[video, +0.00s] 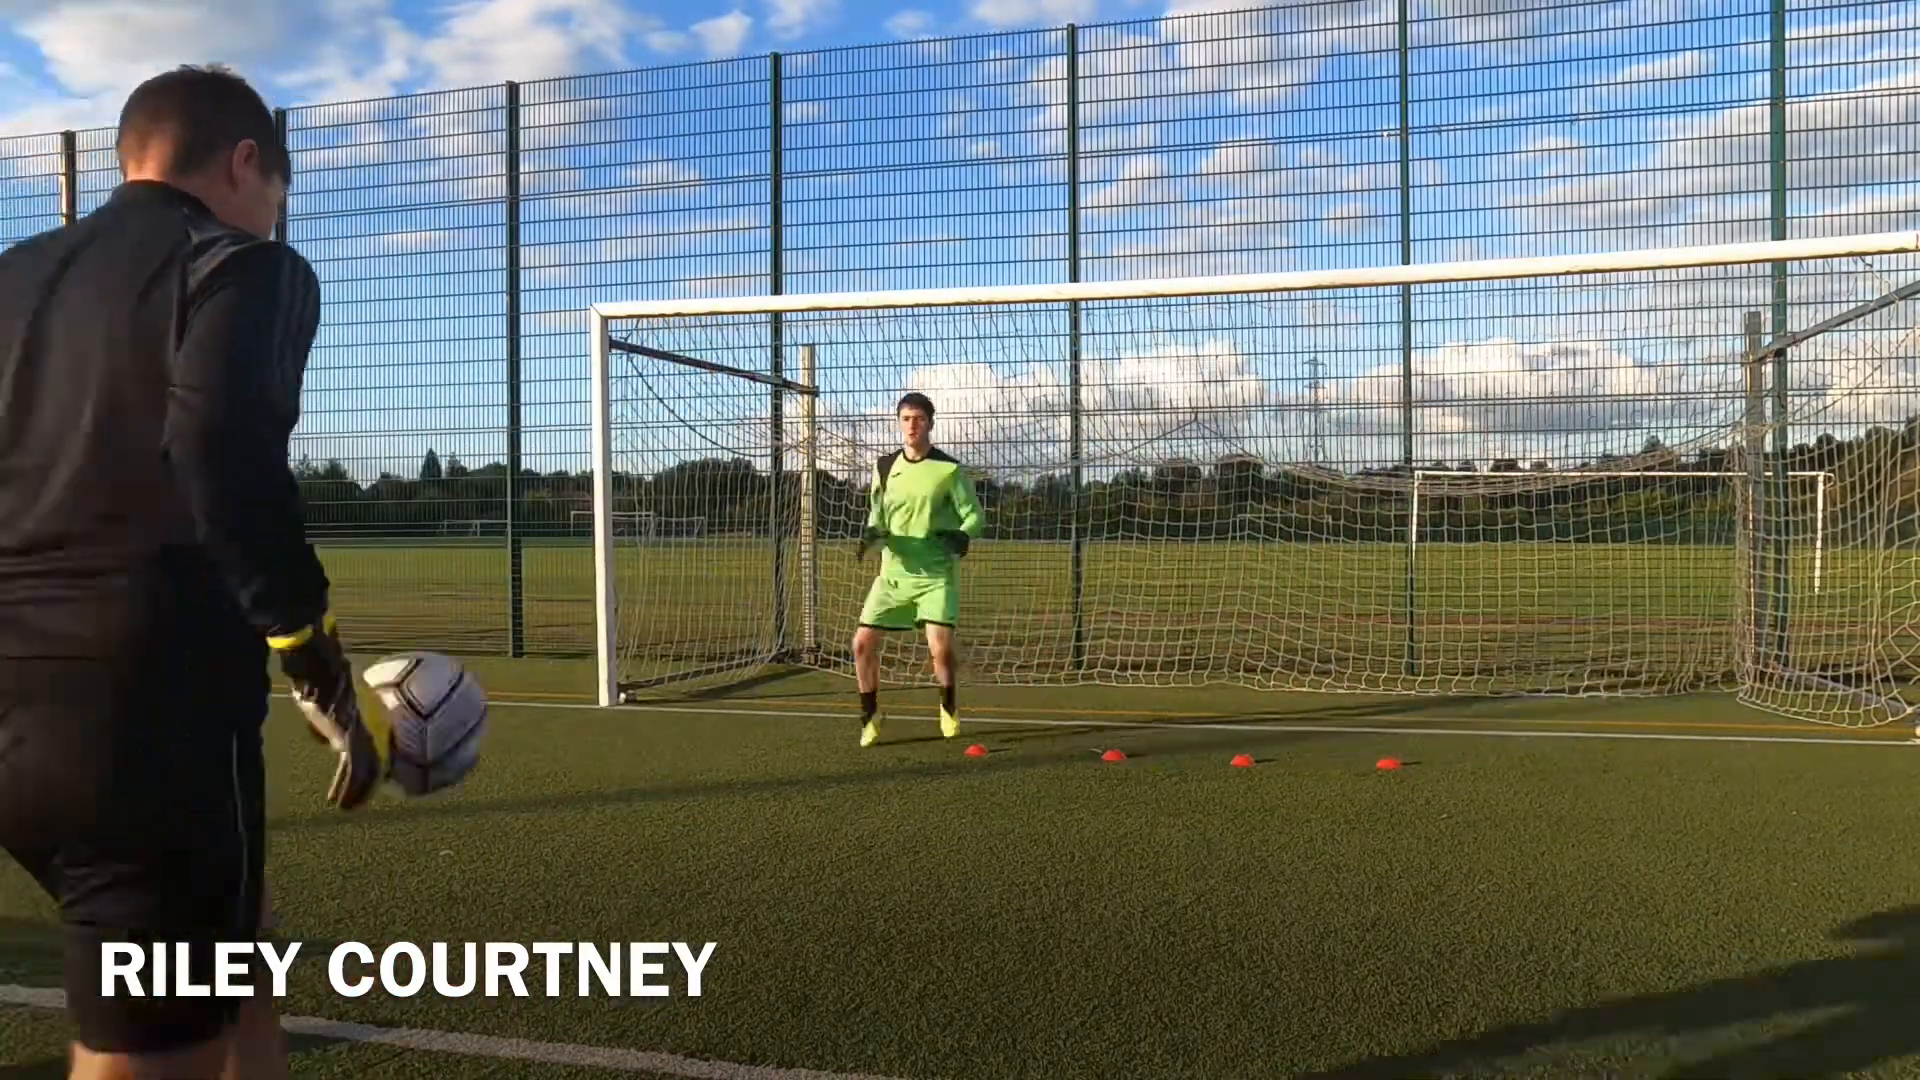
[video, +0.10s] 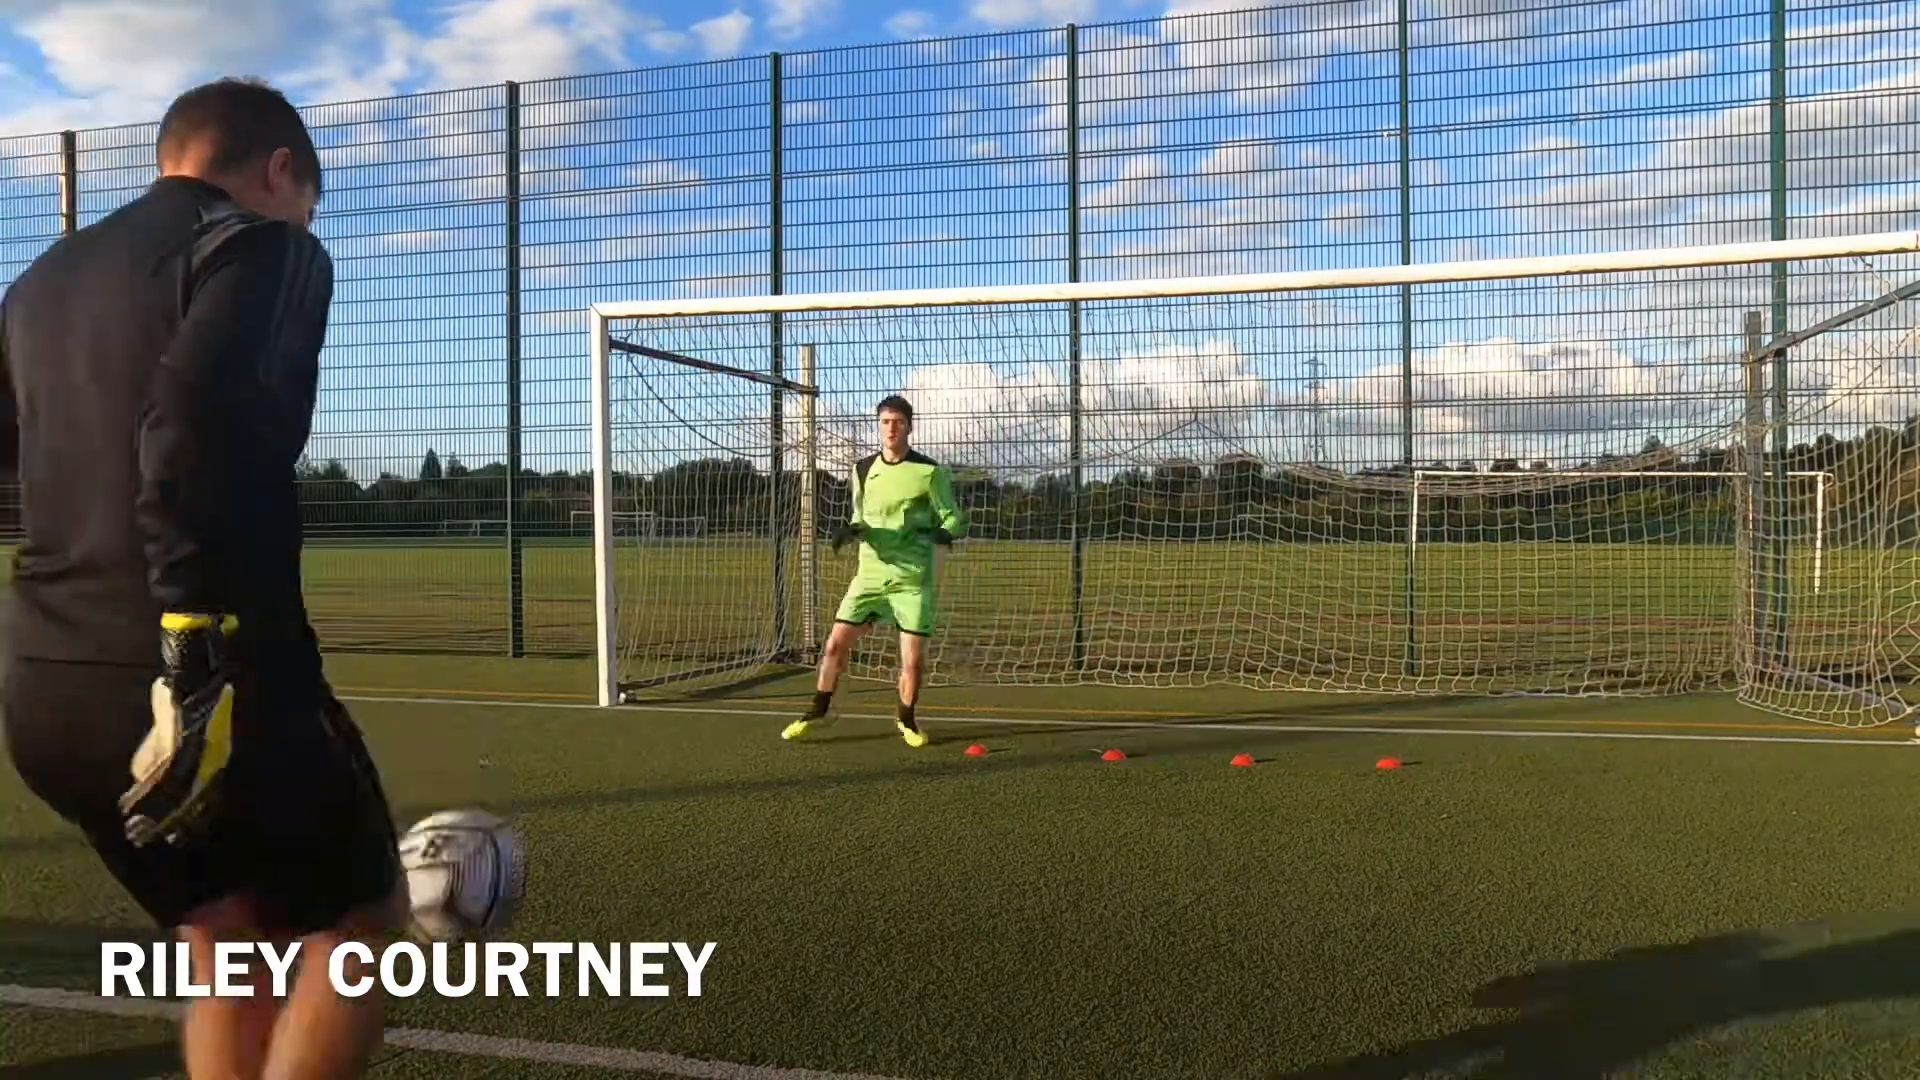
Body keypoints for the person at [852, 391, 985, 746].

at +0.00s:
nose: (912, 426)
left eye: (918, 419)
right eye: (906, 419)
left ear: (930, 423)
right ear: (898, 424)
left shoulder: (950, 470)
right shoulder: (885, 467)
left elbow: (974, 514)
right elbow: (876, 512)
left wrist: (963, 535)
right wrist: (871, 534)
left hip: (936, 575)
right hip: (893, 574)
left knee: (941, 648)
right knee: (863, 642)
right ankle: (870, 717)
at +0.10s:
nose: (892, 429)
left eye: (898, 422)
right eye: (886, 422)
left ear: (910, 427)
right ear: (878, 427)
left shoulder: (931, 472)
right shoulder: (862, 470)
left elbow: (955, 520)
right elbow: (860, 517)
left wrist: (937, 535)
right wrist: (848, 531)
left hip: (913, 579)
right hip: (869, 575)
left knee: (913, 659)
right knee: (835, 643)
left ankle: (906, 718)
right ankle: (819, 711)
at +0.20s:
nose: (873, 441)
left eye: (879, 435)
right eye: (867, 434)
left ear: (890, 439)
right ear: (859, 440)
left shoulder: (909, 486)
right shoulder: (843, 481)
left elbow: (922, 540)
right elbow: (835, 529)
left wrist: (921, 539)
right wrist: (824, 537)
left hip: (890, 590)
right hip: (846, 588)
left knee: (901, 663)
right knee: (812, 658)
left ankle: (906, 724)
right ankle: (790, 720)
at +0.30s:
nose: (858, 443)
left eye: (864, 437)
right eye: (852, 437)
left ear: (875, 442)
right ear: (843, 441)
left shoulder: (890, 488)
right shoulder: (824, 484)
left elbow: (900, 544)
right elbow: (809, 535)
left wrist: (893, 533)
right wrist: (803, 526)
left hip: (874, 593)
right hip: (829, 594)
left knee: (892, 662)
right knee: (801, 662)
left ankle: (904, 723)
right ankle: (789, 722)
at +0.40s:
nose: (843, 436)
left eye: (850, 429)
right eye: (837, 429)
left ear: (862, 434)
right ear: (830, 435)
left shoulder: (875, 478)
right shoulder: (815, 478)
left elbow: (868, 521)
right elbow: (786, 523)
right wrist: (777, 495)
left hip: (866, 587)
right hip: (822, 588)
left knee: (890, 659)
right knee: (796, 658)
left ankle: (904, 723)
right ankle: (789, 721)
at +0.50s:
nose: (820, 430)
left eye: (827, 423)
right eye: (815, 424)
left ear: (842, 428)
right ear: (809, 430)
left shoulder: (858, 470)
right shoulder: (801, 474)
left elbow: (832, 501)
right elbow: (776, 508)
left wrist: (803, 474)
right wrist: (766, 474)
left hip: (863, 581)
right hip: (820, 584)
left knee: (886, 654)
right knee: (796, 655)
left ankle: (906, 722)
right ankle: (790, 720)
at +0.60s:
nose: (791, 437)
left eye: (797, 430)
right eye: (787, 432)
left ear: (815, 429)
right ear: (787, 436)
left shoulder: (836, 466)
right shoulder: (795, 477)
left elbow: (820, 512)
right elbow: (774, 523)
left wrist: (784, 489)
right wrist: (755, 497)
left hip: (851, 579)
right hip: (813, 582)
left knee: (876, 658)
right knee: (791, 652)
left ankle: (911, 722)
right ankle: (791, 721)